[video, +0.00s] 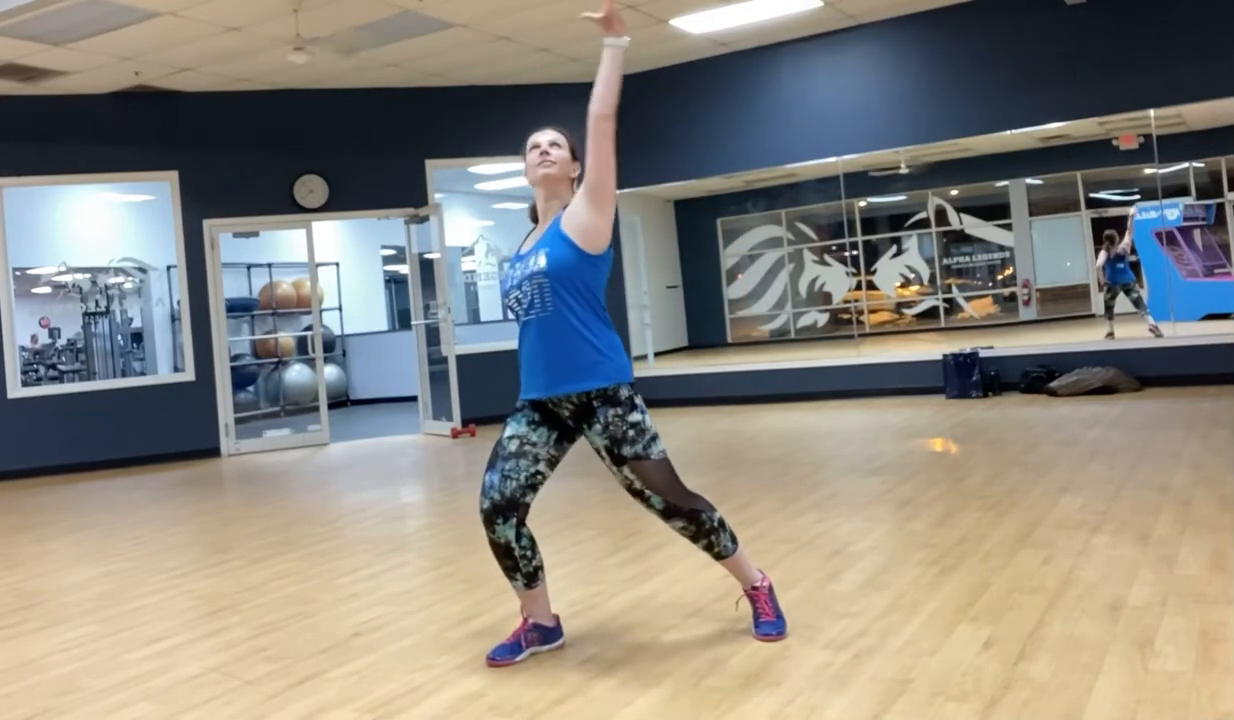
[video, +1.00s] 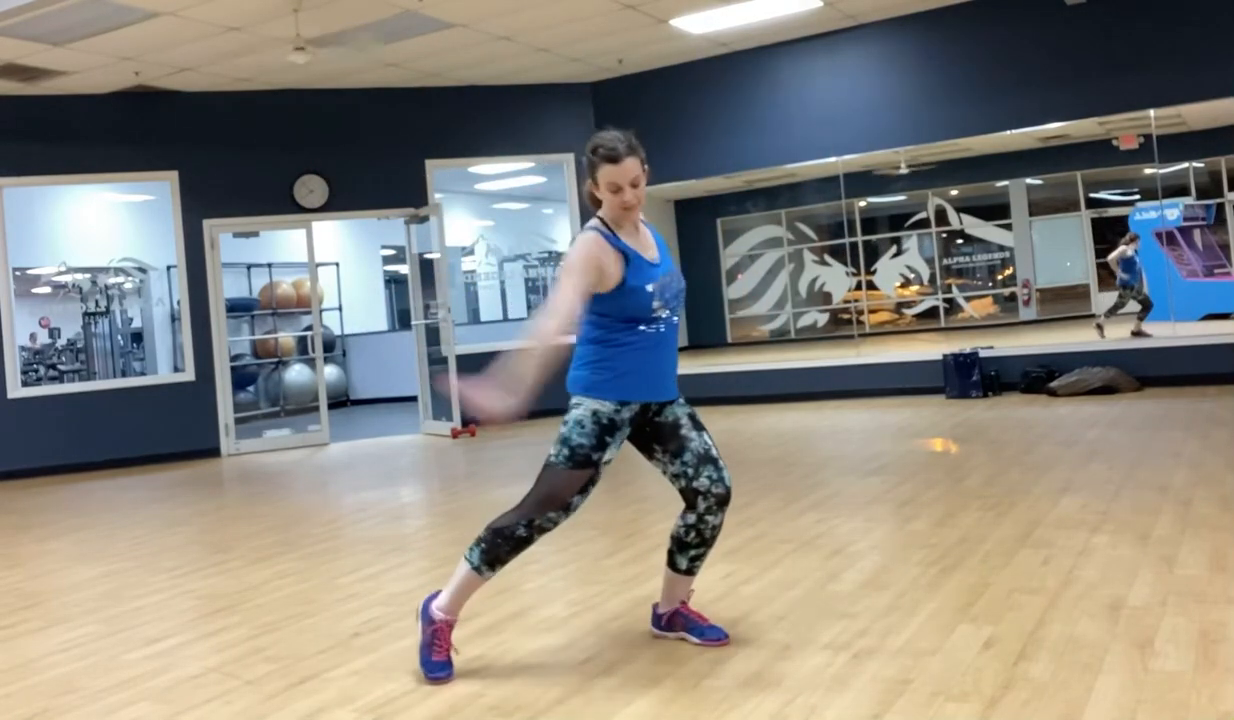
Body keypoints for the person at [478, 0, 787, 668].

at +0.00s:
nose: (543, 151)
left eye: (553, 146)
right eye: (533, 149)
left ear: (574, 163)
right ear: (525, 173)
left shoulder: (589, 214)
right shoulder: (528, 241)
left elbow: (602, 117)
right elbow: (538, 319)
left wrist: (614, 38)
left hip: (604, 396)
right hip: (540, 404)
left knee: (669, 502)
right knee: (498, 506)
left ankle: (755, 585)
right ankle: (540, 621)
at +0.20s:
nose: (548, 152)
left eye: (556, 146)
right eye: (536, 149)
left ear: (573, 162)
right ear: (522, 172)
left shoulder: (592, 212)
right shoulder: (521, 248)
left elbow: (631, 123)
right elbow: (517, 325)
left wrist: (651, 36)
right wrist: (516, 383)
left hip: (610, 394)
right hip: (541, 404)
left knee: (676, 497)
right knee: (498, 508)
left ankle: (755, 589)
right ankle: (539, 621)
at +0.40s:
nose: (550, 157)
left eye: (557, 147)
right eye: (537, 150)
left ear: (572, 153)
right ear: (521, 163)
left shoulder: (598, 200)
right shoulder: (500, 230)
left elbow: (657, 132)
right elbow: (439, 268)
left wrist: (697, 61)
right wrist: (397, 311)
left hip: (614, 376)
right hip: (540, 389)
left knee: (677, 486)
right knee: (507, 501)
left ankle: (746, 590)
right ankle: (540, 621)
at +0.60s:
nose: (564, 157)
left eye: (572, 146)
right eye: (552, 150)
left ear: (590, 137)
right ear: (537, 151)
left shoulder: (625, 177)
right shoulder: (522, 200)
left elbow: (700, 145)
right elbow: (432, 196)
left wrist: (770, 127)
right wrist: (346, 177)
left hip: (639, 362)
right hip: (562, 372)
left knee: (679, 472)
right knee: (527, 490)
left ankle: (673, 603)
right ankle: (519, 606)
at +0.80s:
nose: (608, 189)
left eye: (616, 176)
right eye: (595, 181)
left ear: (630, 168)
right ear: (577, 179)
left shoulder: (653, 208)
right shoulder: (565, 224)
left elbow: (692, 236)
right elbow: (476, 222)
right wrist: (386, 202)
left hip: (656, 386)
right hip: (592, 390)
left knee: (706, 488)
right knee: (538, 507)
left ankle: (672, 608)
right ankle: (451, 614)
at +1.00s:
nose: (631, 196)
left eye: (637, 183)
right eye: (617, 189)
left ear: (646, 177)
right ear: (596, 192)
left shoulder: (647, 229)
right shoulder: (592, 248)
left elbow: (640, 300)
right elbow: (553, 326)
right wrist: (508, 388)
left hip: (659, 398)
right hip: (601, 404)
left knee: (712, 493)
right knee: (545, 510)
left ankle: (671, 608)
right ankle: (442, 610)